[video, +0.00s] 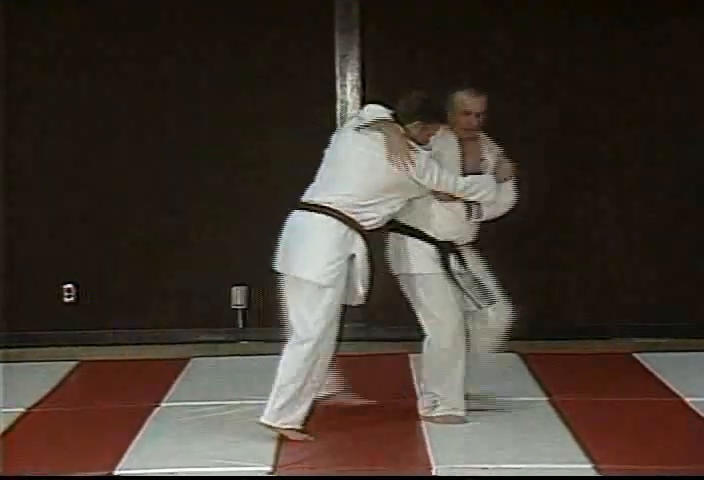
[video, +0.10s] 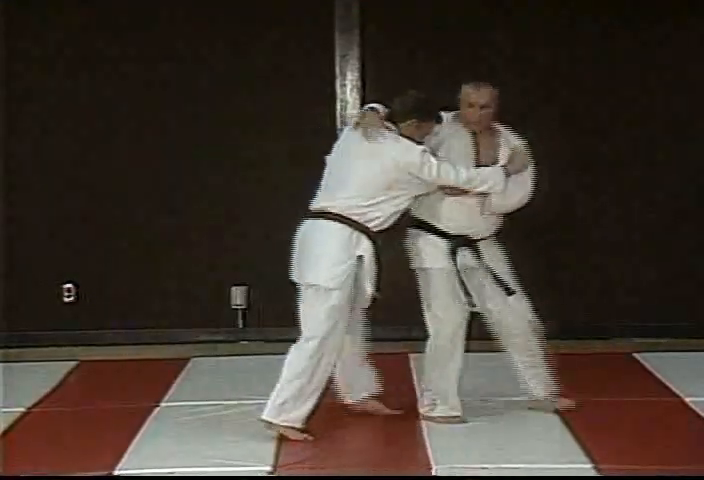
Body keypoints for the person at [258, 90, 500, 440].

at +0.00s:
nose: (431, 137)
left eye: (434, 132)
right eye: (430, 131)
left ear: (393, 116)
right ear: (418, 126)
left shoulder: (349, 132)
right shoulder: (411, 161)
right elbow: (455, 187)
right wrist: (497, 180)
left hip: (299, 228)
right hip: (327, 240)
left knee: (314, 327)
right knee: (313, 333)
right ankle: (281, 416)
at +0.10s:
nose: (428, 136)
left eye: (429, 130)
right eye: (427, 129)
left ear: (394, 116)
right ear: (415, 126)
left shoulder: (356, 132)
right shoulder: (407, 157)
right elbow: (461, 179)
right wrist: (506, 170)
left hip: (316, 232)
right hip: (339, 239)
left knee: (348, 322)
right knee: (321, 330)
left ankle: (358, 394)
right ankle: (283, 414)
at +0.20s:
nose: (425, 132)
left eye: (426, 126)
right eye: (423, 125)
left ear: (389, 118)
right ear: (409, 122)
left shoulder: (354, 139)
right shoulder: (404, 154)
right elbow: (458, 170)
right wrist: (513, 159)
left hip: (329, 238)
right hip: (352, 244)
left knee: (370, 324)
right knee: (330, 330)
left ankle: (371, 399)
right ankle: (285, 411)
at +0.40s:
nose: (421, 125)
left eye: (423, 119)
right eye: (420, 118)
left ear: (388, 110)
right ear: (405, 112)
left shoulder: (355, 138)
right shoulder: (401, 140)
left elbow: (339, 166)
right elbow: (451, 157)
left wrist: (445, 172)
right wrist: (500, 153)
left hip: (346, 231)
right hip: (358, 234)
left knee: (379, 316)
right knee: (337, 319)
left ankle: (374, 397)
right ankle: (291, 404)